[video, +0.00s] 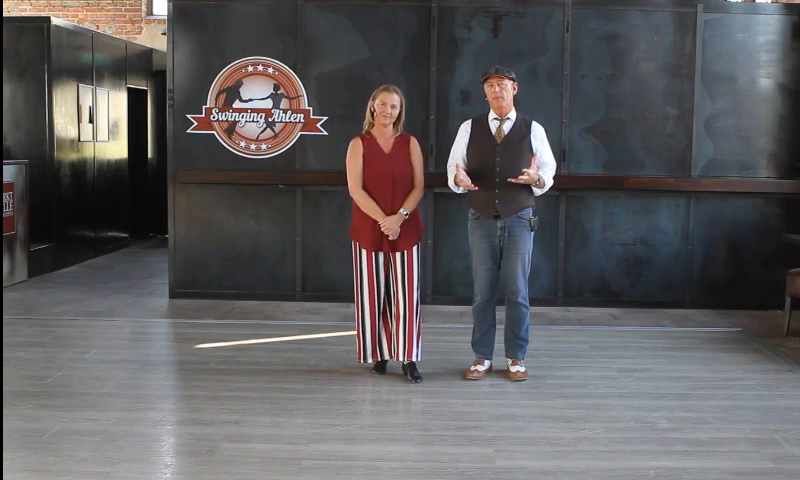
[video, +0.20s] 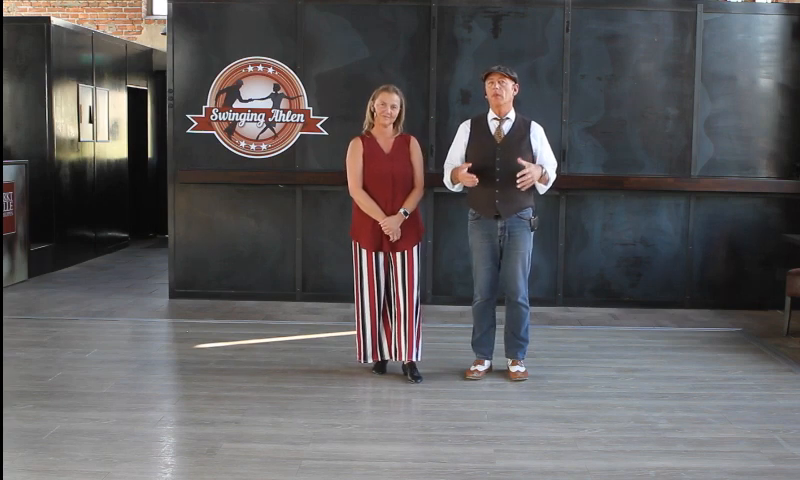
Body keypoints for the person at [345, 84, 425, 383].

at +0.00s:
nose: (388, 110)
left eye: (393, 106)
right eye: (383, 104)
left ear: (399, 110)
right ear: (373, 107)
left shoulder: (410, 143)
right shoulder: (358, 144)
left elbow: (419, 187)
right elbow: (355, 189)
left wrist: (399, 216)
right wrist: (386, 220)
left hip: (405, 229)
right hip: (369, 230)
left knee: (407, 295)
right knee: (373, 295)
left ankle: (409, 358)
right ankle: (379, 355)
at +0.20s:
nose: (388, 110)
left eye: (393, 106)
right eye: (383, 104)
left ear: (399, 110)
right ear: (373, 107)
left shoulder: (410, 143)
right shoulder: (358, 144)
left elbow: (419, 187)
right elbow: (355, 189)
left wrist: (400, 216)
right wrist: (386, 221)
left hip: (405, 230)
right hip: (369, 231)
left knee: (407, 295)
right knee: (373, 295)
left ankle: (409, 358)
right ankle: (379, 355)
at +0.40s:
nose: (388, 110)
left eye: (393, 106)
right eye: (383, 104)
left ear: (399, 110)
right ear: (373, 107)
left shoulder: (411, 143)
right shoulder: (358, 144)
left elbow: (419, 187)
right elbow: (355, 189)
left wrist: (399, 216)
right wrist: (386, 220)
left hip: (405, 230)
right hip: (369, 231)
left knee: (407, 295)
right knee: (373, 295)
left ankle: (409, 358)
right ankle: (379, 355)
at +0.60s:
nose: (388, 110)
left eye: (393, 106)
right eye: (383, 104)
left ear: (400, 110)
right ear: (373, 107)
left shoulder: (411, 143)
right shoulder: (359, 144)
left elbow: (420, 187)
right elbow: (355, 190)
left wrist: (400, 216)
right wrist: (386, 220)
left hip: (405, 231)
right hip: (370, 231)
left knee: (406, 296)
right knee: (373, 295)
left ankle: (406, 359)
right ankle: (379, 356)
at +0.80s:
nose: (388, 110)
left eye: (394, 105)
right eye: (384, 104)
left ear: (400, 110)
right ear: (374, 107)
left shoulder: (412, 143)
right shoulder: (359, 144)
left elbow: (420, 186)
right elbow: (356, 189)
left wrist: (401, 216)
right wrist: (387, 220)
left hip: (406, 230)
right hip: (370, 231)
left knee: (406, 295)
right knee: (373, 295)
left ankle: (406, 358)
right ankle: (379, 356)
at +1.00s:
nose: (389, 110)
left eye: (394, 105)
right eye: (384, 104)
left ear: (401, 110)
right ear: (374, 107)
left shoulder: (412, 143)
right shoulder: (360, 144)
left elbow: (421, 186)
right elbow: (357, 189)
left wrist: (401, 216)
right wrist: (388, 220)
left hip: (406, 231)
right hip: (371, 231)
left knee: (407, 296)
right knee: (373, 295)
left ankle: (405, 359)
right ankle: (379, 356)